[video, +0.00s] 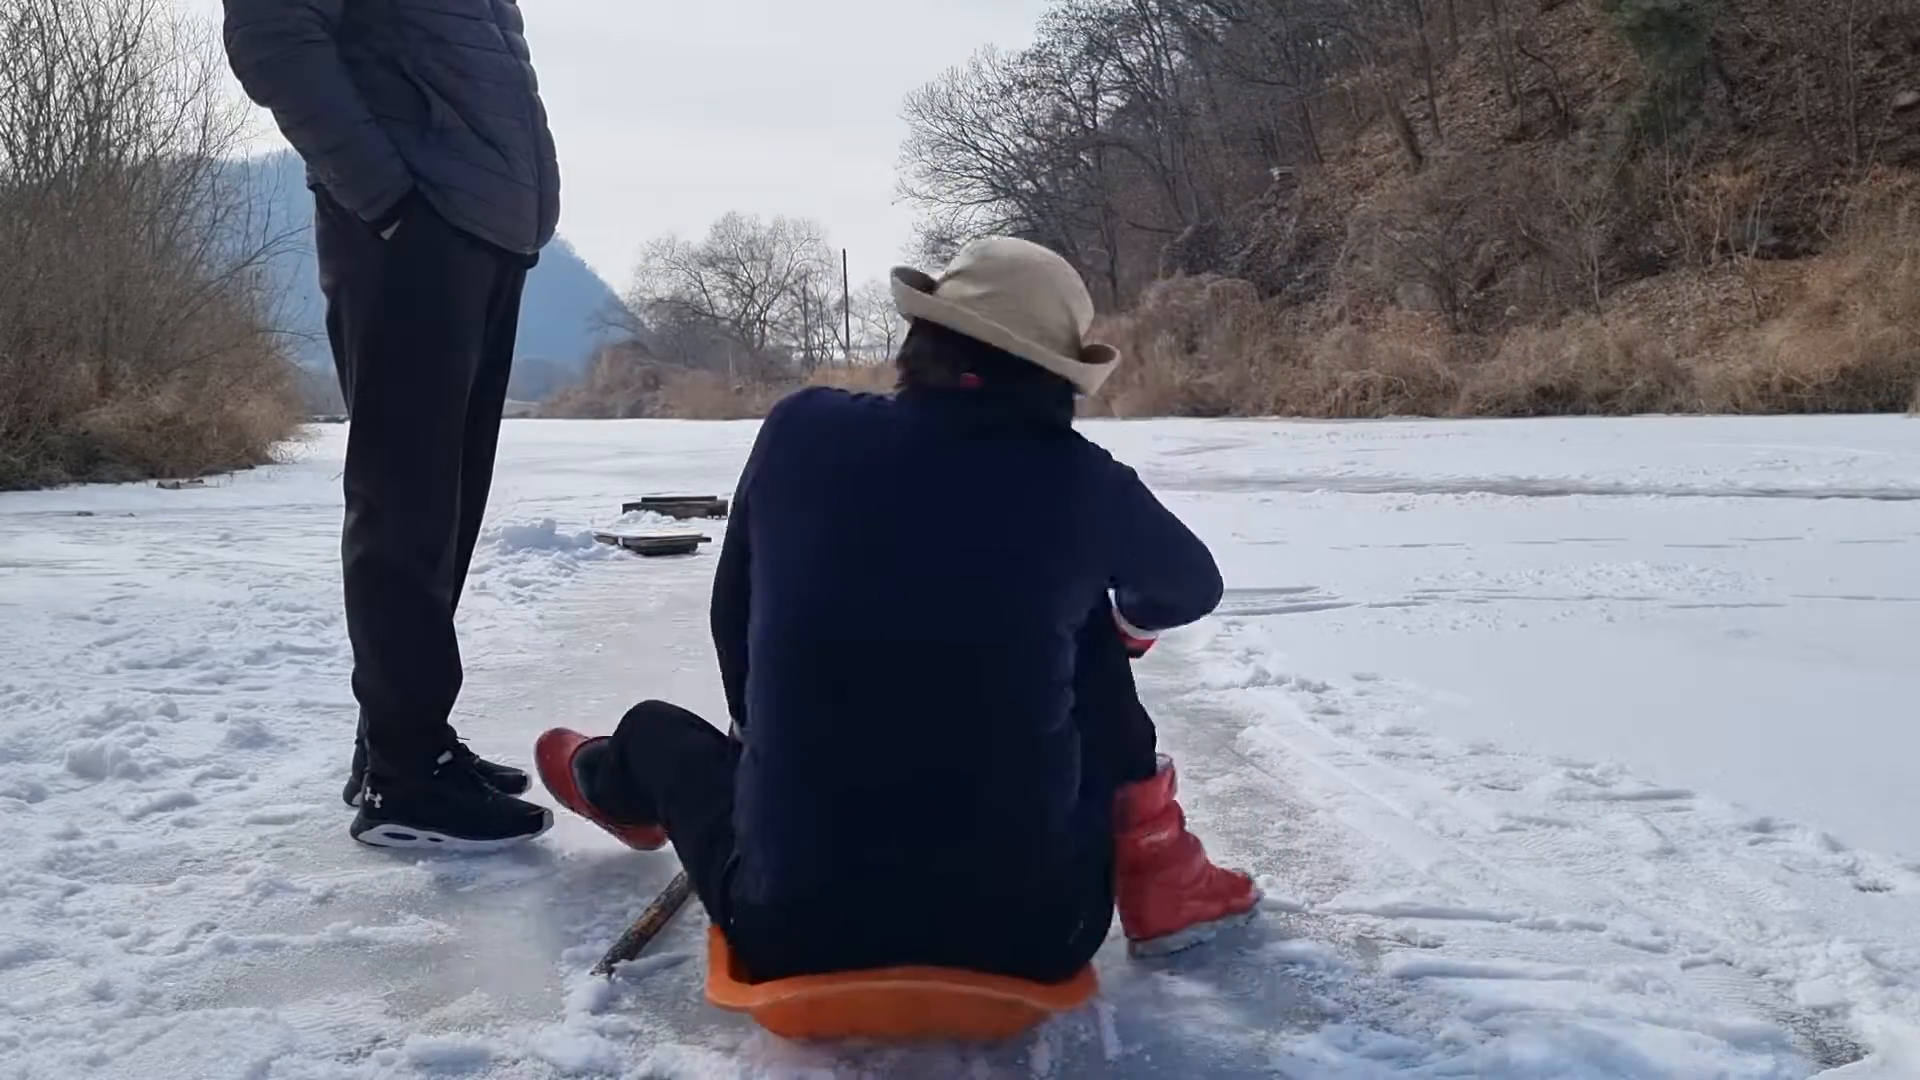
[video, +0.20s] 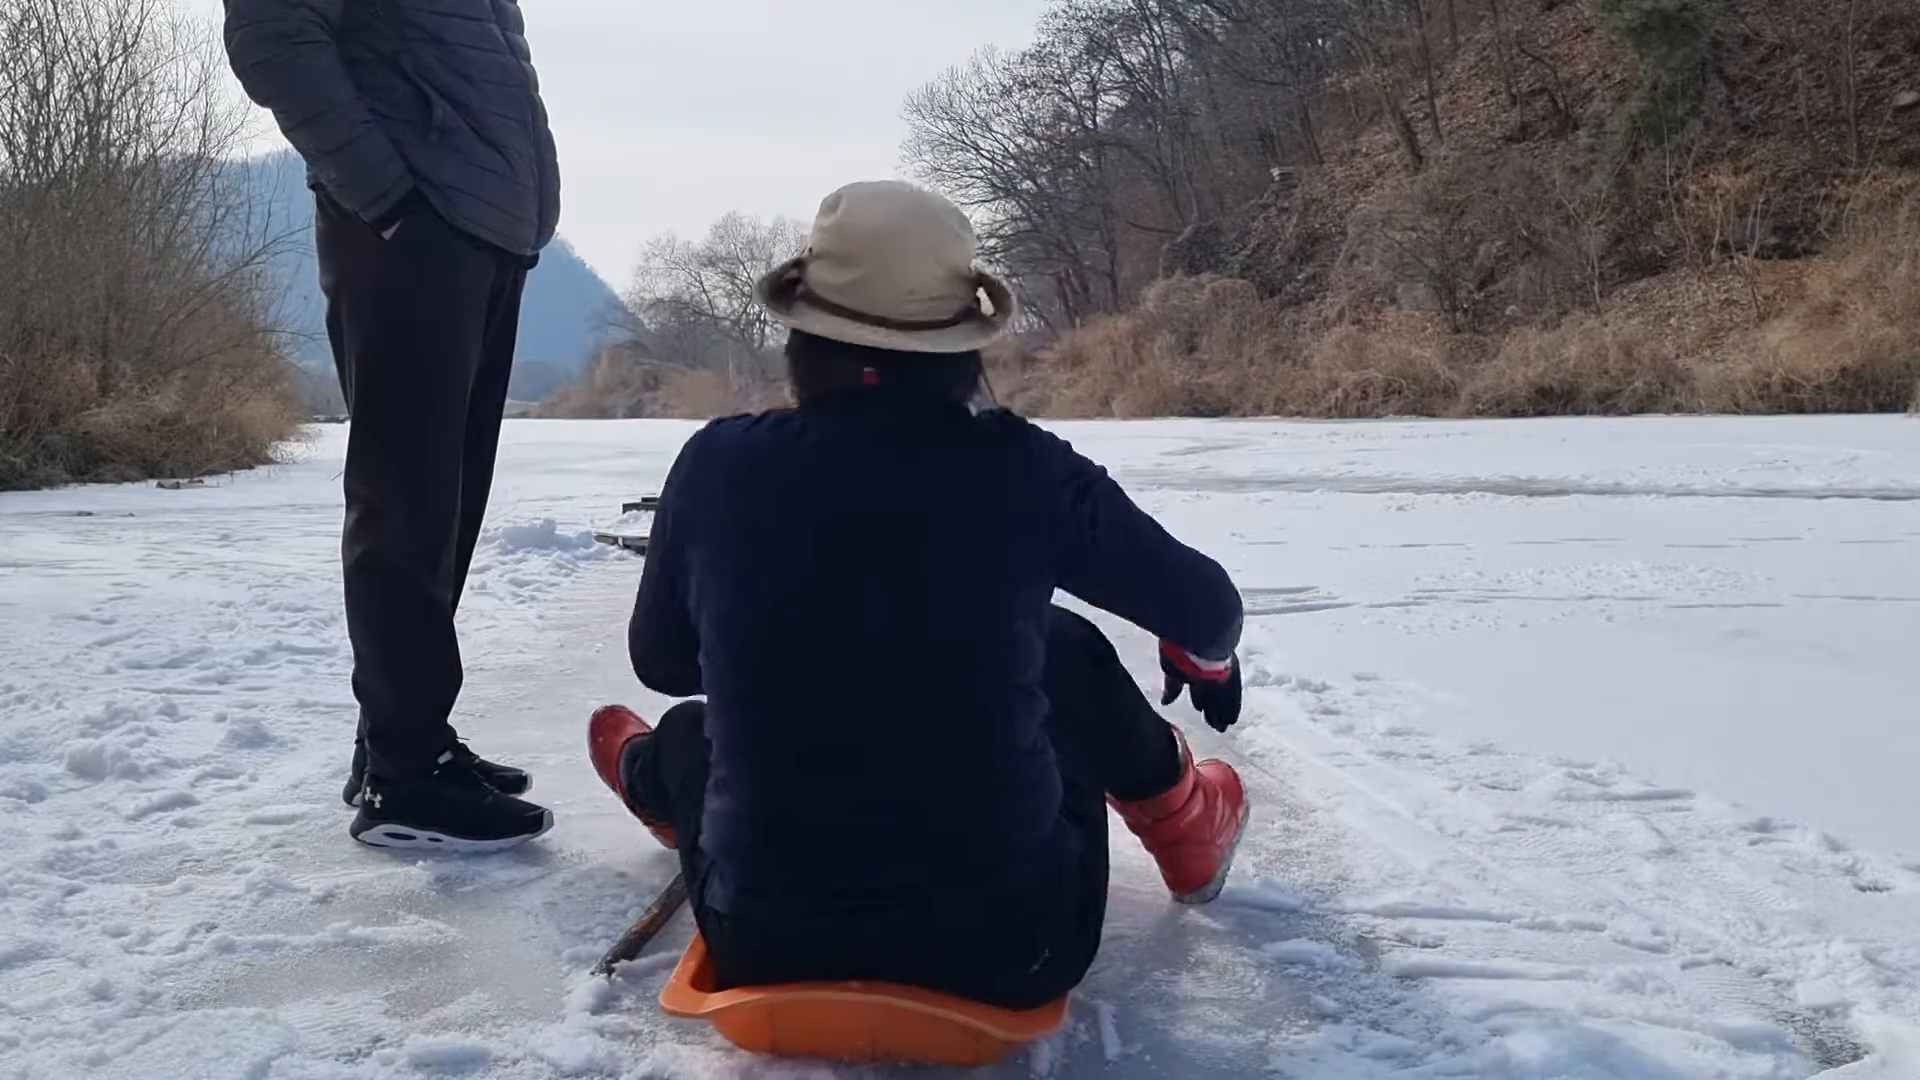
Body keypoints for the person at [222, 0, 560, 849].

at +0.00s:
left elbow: (485, 46)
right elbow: (269, 35)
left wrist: (518, 195)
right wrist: (386, 198)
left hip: (486, 234)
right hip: (409, 225)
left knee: (444, 505)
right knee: (403, 505)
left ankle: (415, 750)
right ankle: (401, 774)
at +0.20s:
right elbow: (269, 34)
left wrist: (515, 200)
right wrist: (386, 197)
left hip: (485, 235)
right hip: (409, 225)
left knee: (444, 505)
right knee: (403, 504)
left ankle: (417, 747)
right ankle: (400, 773)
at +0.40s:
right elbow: (269, 34)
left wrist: (513, 202)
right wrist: (386, 199)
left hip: (485, 237)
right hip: (409, 227)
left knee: (444, 504)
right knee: (403, 503)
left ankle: (416, 748)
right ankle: (400, 772)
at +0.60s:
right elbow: (269, 33)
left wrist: (513, 204)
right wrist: (386, 199)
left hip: (485, 236)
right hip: (410, 225)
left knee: (446, 502)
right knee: (404, 501)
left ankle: (416, 746)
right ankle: (401, 770)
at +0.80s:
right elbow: (270, 33)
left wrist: (509, 206)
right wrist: (390, 201)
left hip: (484, 235)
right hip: (410, 225)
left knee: (444, 503)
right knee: (405, 503)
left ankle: (413, 748)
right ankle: (402, 772)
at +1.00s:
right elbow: (275, 34)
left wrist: (510, 205)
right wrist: (397, 201)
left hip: (486, 236)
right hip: (414, 225)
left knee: (449, 504)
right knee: (408, 502)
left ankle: (417, 749)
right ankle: (400, 772)